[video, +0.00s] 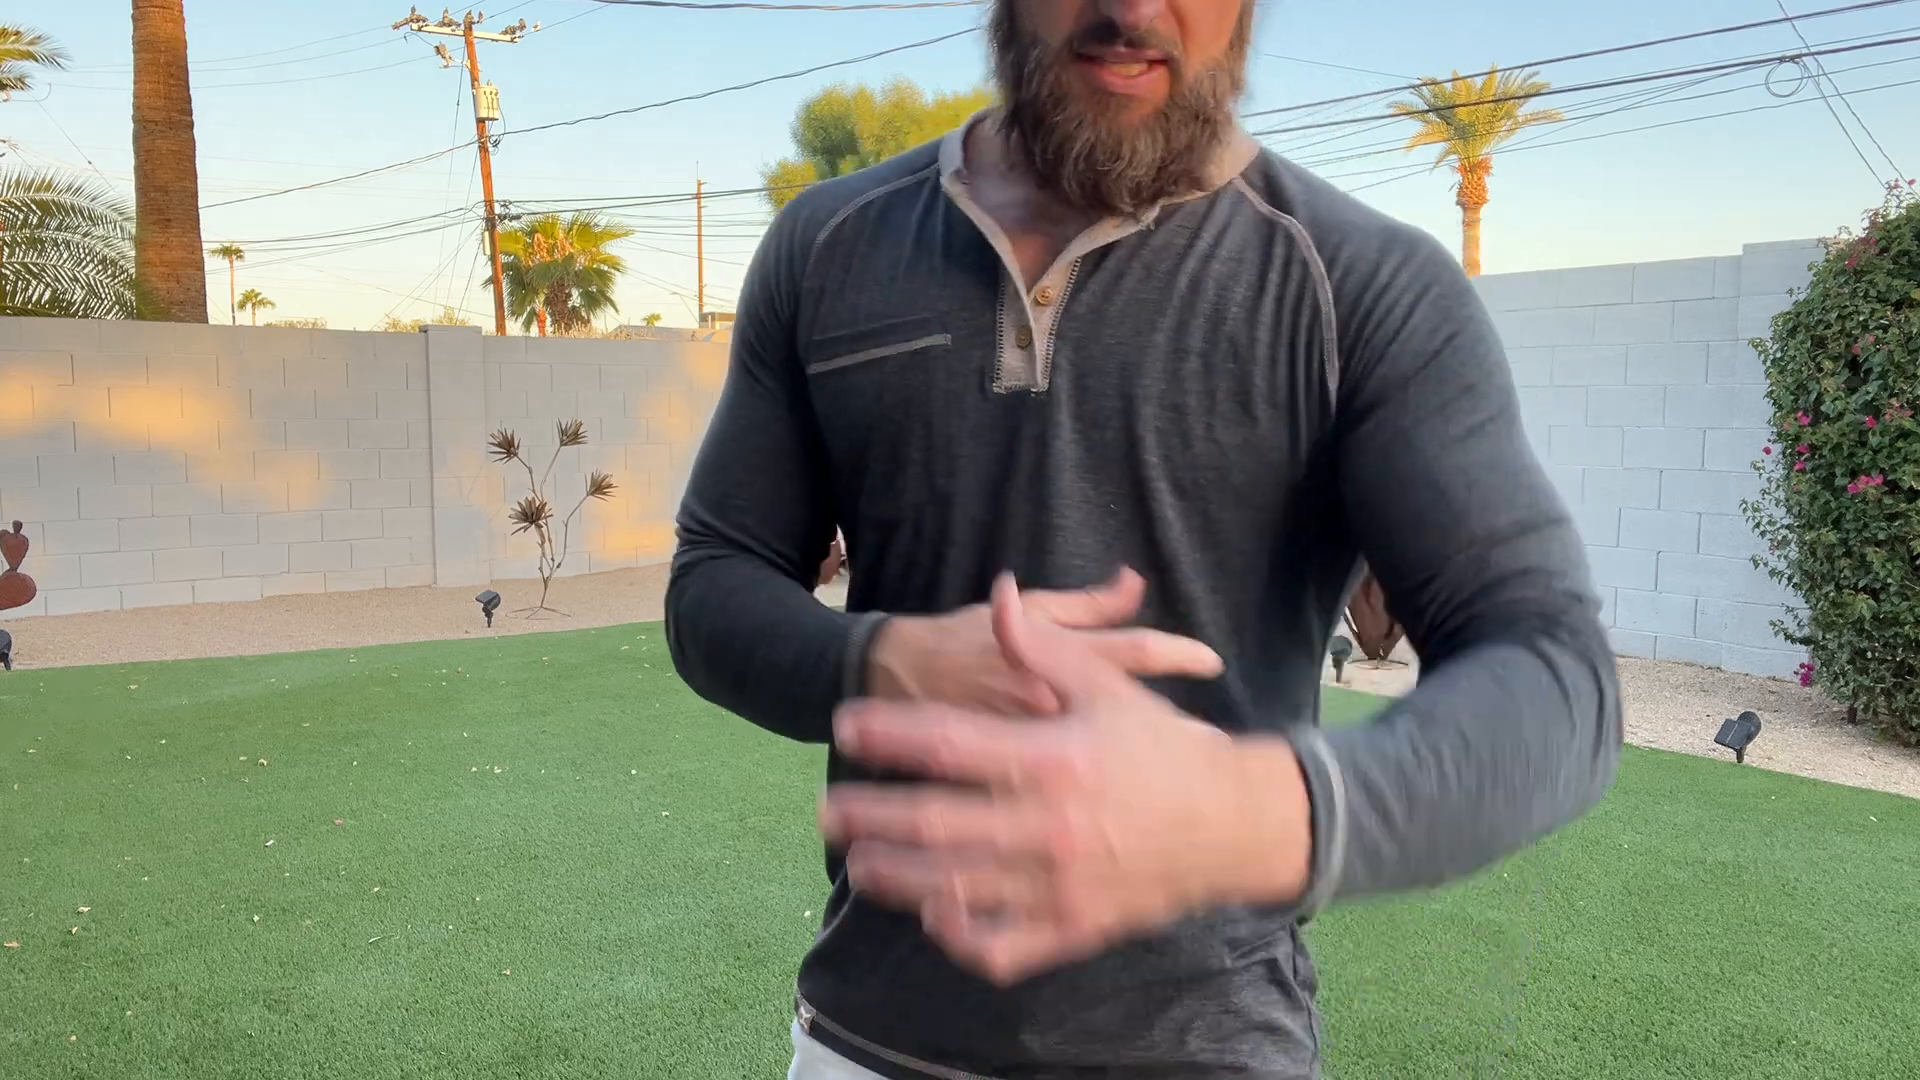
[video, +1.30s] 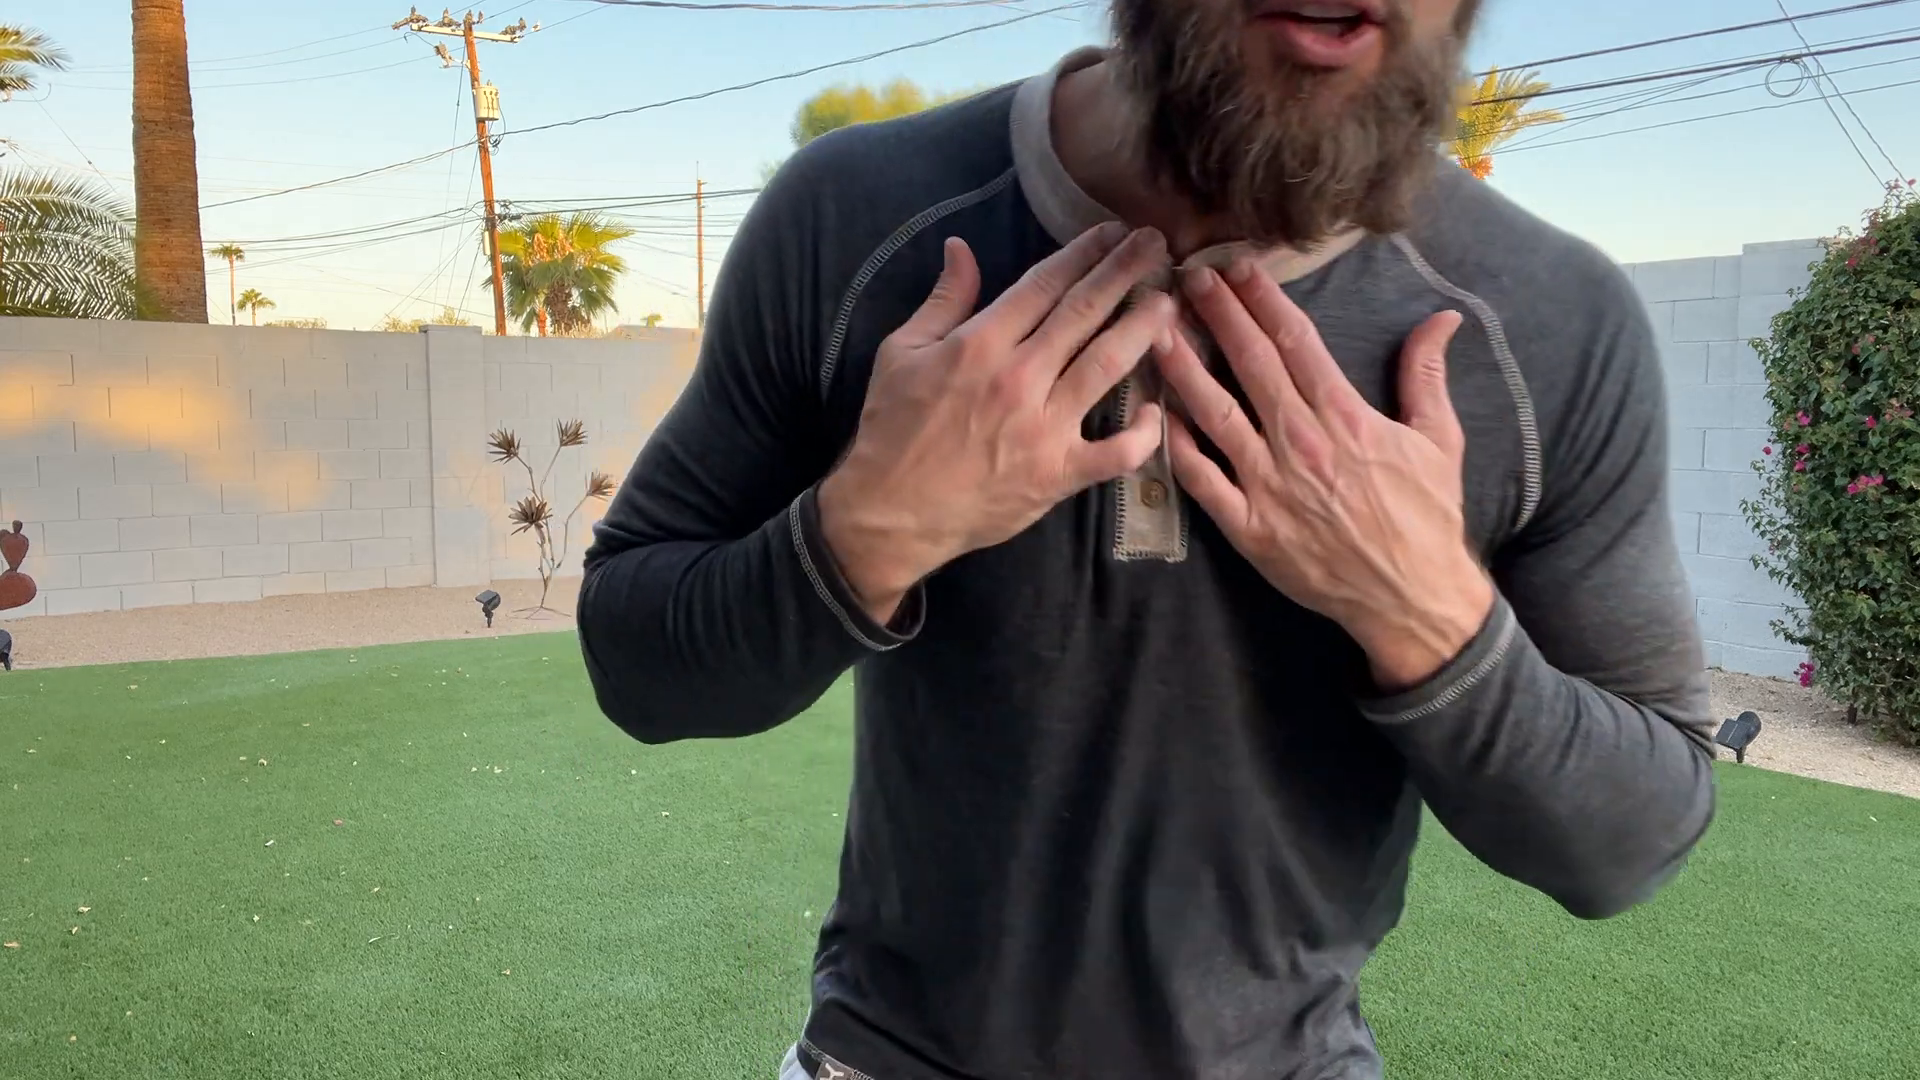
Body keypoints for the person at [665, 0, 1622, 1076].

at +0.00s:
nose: (1133, 7)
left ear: (1243, 15)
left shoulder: (1365, 284)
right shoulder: (827, 253)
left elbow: (1553, 681)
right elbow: (714, 589)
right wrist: (889, 666)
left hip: (1204, 1026)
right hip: (879, 1020)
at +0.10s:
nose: (1076, 1)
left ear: (1195, 5)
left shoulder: (1317, 263)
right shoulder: (802, 260)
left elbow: (1617, 582)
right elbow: (666, 583)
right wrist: (720, 609)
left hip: (1177, 1025)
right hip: (858, 1021)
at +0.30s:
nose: (1002, 38)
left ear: (1108, 23)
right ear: (886, 17)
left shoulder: (1230, 263)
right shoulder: (766, 286)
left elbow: (1499, 483)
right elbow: (688, 586)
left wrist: (1088, 550)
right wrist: (553, 619)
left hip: (1140, 1031)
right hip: (828, 1021)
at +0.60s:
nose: (914, 38)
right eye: (865, 0)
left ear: (1018, 16)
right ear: (800, 15)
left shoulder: (1173, 269)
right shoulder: (703, 299)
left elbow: (1363, 596)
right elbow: (663, 652)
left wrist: (1148, 604)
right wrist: (605, 579)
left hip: (1089, 980)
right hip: (816, 983)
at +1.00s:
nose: (1075, 10)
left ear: (1179, 14)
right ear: (932, 4)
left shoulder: (1293, 307)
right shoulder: (731, 270)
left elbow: (1387, 725)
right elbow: (583, 637)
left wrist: (1308, 621)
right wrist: (752, 563)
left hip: (1160, 1017)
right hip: (845, 1020)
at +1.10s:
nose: (1156, 7)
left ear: (1270, 15)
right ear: (1011, 5)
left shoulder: (1367, 308)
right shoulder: (772, 247)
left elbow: (1444, 772)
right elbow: (589, 665)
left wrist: (1345, 570)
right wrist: (776, 527)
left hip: (1199, 1022)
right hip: (872, 1020)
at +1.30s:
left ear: (1467, 2)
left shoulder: (1558, 325)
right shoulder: (856, 221)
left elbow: (1629, 845)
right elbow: (640, 671)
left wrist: (1431, 623)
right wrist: (866, 531)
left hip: (1284, 1048)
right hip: (904, 1039)